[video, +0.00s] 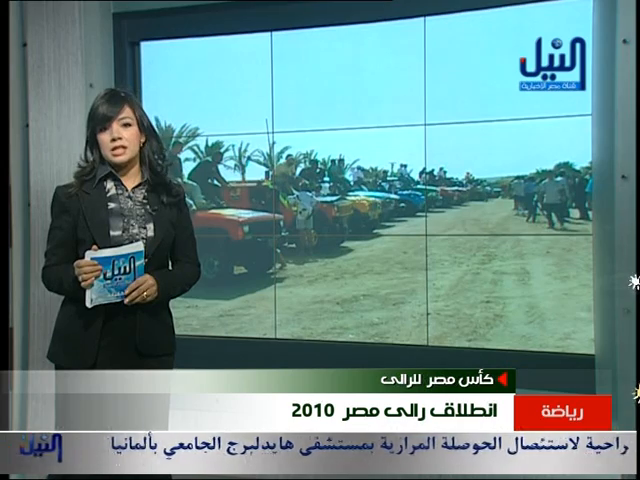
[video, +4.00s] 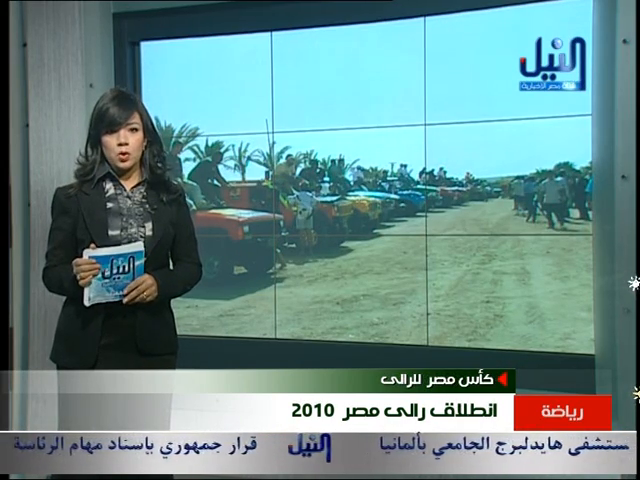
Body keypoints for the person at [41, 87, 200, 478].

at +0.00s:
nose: (115, 134)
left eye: (125, 124)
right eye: (105, 127)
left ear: (143, 134)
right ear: (95, 139)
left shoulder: (170, 196)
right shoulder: (71, 197)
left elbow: (189, 268)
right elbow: (51, 272)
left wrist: (161, 283)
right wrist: (74, 275)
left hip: (148, 347)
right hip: (84, 347)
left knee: (147, 450)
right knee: (81, 452)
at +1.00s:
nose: (116, 140)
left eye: (126, 129)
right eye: (105, 131)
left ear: (141, 135)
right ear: (92, 140)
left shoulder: (166, 195)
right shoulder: (66, 197)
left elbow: (187, 265)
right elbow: (48, 273)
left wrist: (157, 282)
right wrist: (70, 275)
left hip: (146, 348)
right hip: (81, 349)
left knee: (146, 453)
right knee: (78, 453)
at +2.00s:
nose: (125, 135)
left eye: (135, 127)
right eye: (115, 126)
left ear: (146, 138)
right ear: (97, 135)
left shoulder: (165, 195)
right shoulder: (66, 197)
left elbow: (185, 265)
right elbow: (47, 273)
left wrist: (157, 281)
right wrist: (71, 275)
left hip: (146, 347)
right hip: (81, 348)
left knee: (145, 452)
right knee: (77, 451)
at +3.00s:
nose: (128, 134)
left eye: (137, 126)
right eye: (118, 125)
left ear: (149, 136)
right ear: (101, 136)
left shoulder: (169, 197)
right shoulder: (71, 197)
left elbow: (188, 266)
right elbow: (51, 272)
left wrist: (161, 282)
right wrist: (76, 275)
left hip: (149, 349)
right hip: (84, 349)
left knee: (148, 452)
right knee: (81, 452)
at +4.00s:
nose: (123, 140)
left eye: (132, 130)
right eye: (112, 131)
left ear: (146, 137)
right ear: (98, 139)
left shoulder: (169, 196)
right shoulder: (71, 198)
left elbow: (190, 267)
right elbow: (52, 274)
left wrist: (160, 282)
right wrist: (75, 275)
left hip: (150, 348)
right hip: (86, 348)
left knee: (150, 451)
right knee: (84, 452)